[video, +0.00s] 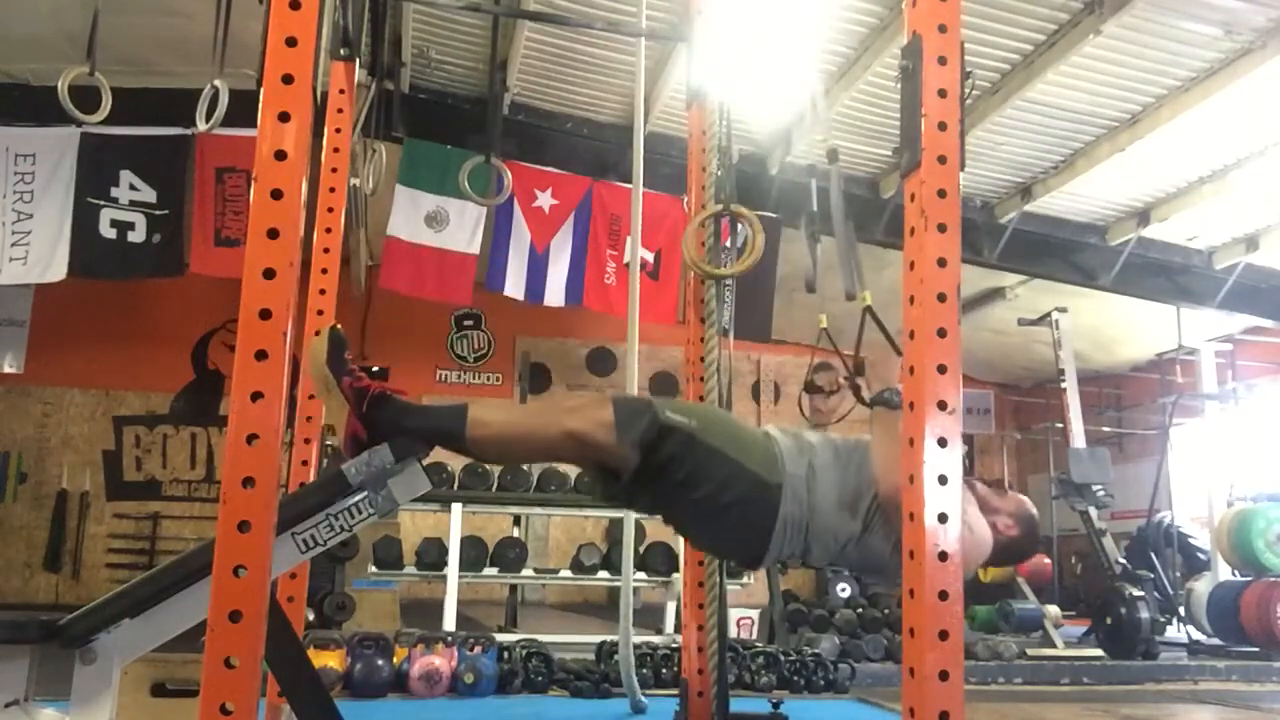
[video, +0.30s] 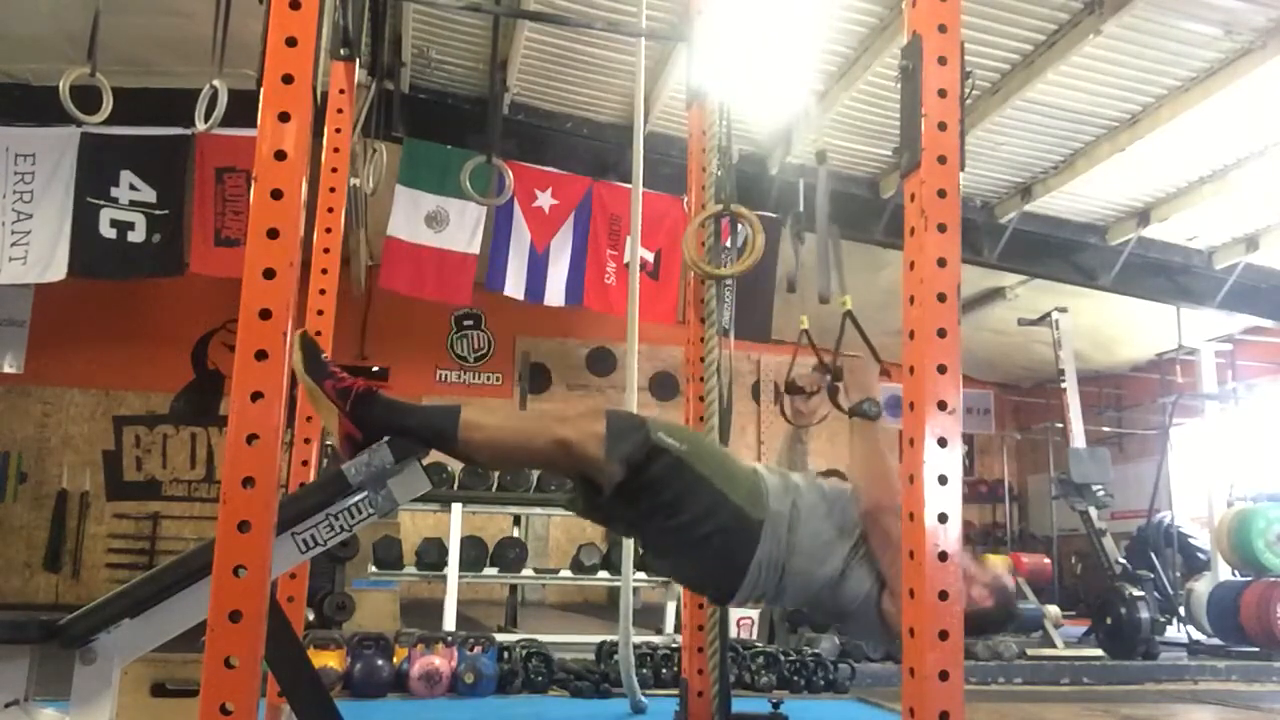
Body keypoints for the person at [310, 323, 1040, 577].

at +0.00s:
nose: (996, 494)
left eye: (1007, 508)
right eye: (1005, 492)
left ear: (999, 543)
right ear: (988, 495)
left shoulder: (959, 542)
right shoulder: (943, 503)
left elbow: (894, 488)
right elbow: (863, 433)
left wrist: (930, 425)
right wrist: (914, 412)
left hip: (774, 496)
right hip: (765, 487)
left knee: (604, 419)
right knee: (589, 430)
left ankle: (393, 418)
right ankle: (402, 424)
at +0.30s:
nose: (975, 571)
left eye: (984, 586)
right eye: (986, 568)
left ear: (974, 613)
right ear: (973, 561)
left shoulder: (921, 622)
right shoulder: (914, 565)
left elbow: (885, 515)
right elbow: (876, 497)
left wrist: (905, 445)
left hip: (755, 544)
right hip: (750, 503)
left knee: (595, 434)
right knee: (574, 429)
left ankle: (378, 410)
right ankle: (382, 420)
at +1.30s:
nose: (986, 467)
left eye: (995, 478)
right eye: (991, 463)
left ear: (989, 508)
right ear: (978, 460)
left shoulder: (939, 528)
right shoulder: (930, 469)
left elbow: (887, 486)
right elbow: (876, 464)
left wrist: (917, 408)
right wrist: (883, 398)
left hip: (754, 468)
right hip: (745, 454)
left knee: (570, 407)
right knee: (560, 407)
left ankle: (365, 414)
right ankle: (373, 416)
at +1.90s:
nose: (926, 448)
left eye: (937, 463)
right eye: (934, 449)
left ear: (933, 495)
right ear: (922, 457)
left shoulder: (887, 511)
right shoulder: (875, 462)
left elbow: (844, 477)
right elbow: (832, 427)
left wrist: (843, 396)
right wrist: (842, 382)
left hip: (709, 434)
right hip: (702, 414)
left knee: (538, 327)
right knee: (528, 353)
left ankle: (360, 415)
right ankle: (370, 416)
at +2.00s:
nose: (912, 420)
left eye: (921, 429)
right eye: (921, 421)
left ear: (926, 459)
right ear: (922, 436)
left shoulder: (879, 495)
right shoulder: (865, 442)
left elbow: (810, 476)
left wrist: (813, 390)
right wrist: (813, 371)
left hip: (680, 425)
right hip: (677, 404)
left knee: (507, 312)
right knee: (501, 320)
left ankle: (342, 424)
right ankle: (348, 410)